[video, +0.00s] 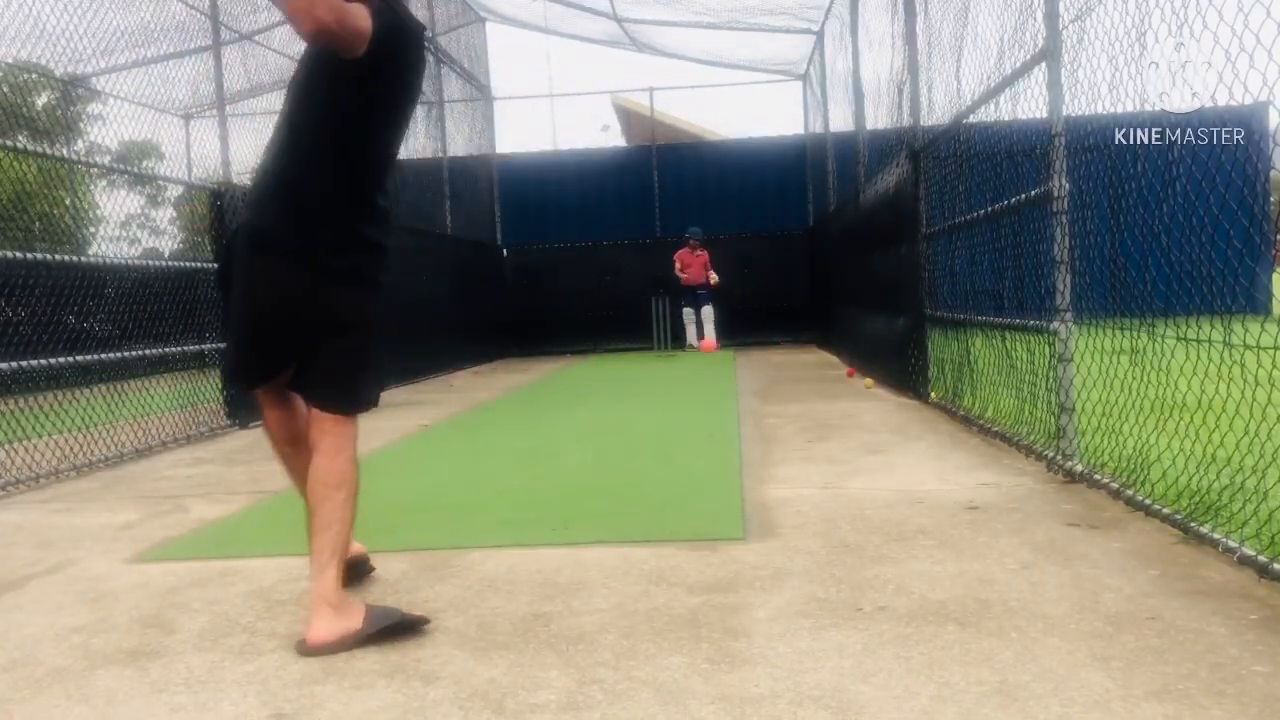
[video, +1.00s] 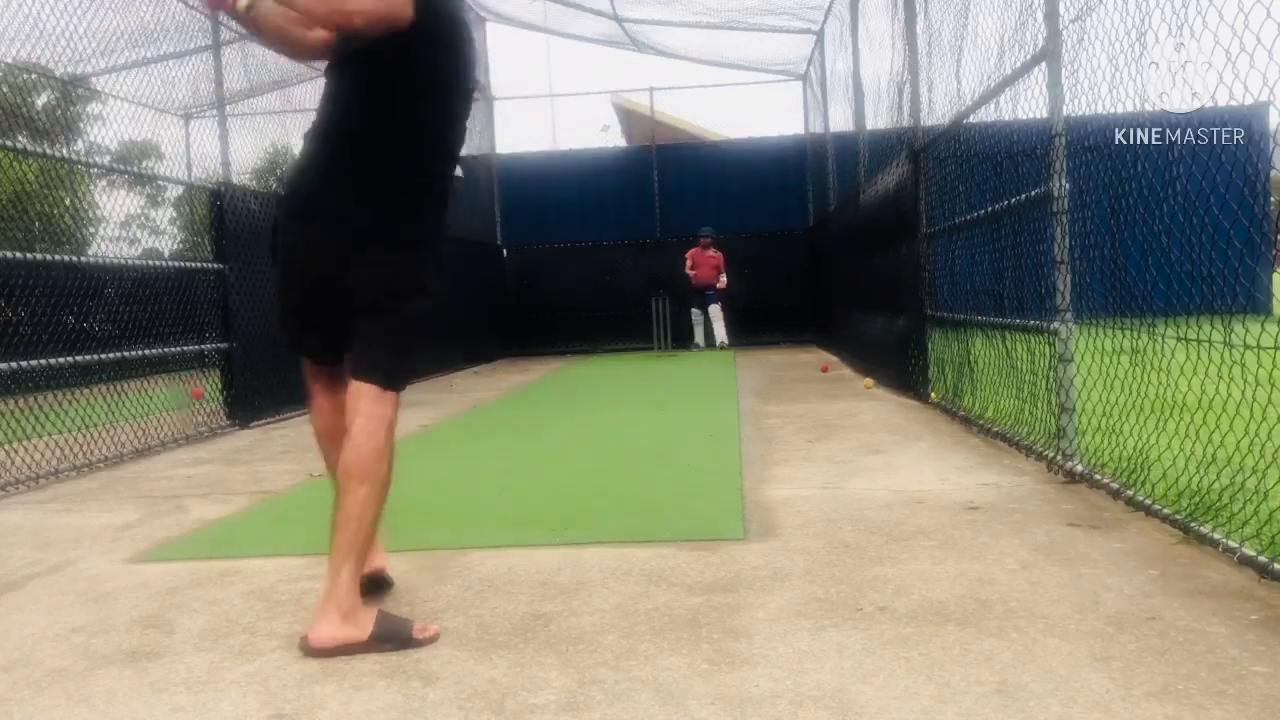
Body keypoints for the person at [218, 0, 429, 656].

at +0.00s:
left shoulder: (383, 25)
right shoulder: (391, 34)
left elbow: (317, 15)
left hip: (281, 243)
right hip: (343, 248)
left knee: (271, 388)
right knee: (334, 420)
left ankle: (338, 544)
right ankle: (328, 609)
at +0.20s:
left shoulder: (371, 17)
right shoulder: (397, 25)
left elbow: (248, 41)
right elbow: (260, 39)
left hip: (282, 243)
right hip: (352, 248)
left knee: (293, 402)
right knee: (345, 424)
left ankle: (342, 551)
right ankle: (330, 608)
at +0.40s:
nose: (488, 39)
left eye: (488, 29)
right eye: (486, 25)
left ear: (435, 13)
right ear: (461, 18)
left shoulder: (436, 78)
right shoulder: (397, 49)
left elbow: (398, 178)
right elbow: (319, 137)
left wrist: (436, 245)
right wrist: (419, 207)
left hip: (362, 245)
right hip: (322, 242)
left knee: (424, 382)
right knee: (382, 401)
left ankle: (399, 544)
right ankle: (339, 607)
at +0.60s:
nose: (487, 35)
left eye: (486, 24)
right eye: (485, 23)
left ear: (435, 17)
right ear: (468, 24)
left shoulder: (442, 93)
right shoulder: (384, 50)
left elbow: (457, 188)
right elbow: (360, 143)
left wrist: (505, 188)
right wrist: (475, 117)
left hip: (355, 255)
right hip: (319, 253)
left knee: (425, 376)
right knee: (402, 409)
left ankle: (400, 546)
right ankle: (338, 606)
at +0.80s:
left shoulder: (308, 7)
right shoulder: (443, 20)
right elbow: (455, 118)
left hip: (318, 215)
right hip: (394, 222)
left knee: (379, 391)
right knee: (409, 410)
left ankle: (400, 543)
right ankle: (341, 605)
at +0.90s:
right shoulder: (471, 18)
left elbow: (236, 8)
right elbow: (392, 84)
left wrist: (255, 49)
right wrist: (275, 70)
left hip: (326, 182)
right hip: (413, 188)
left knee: (368, 375)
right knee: (378, 396)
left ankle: (401, 541)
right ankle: (340, 605)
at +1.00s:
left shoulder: (389, 7)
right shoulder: (444, 17)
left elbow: (325, 28)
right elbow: (310, 35)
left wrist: (250, 5)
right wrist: (239, 6)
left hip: (314, 214)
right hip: (399, 222)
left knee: (327, 391)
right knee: (372, 400)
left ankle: (366, 554)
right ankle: (339, 613)